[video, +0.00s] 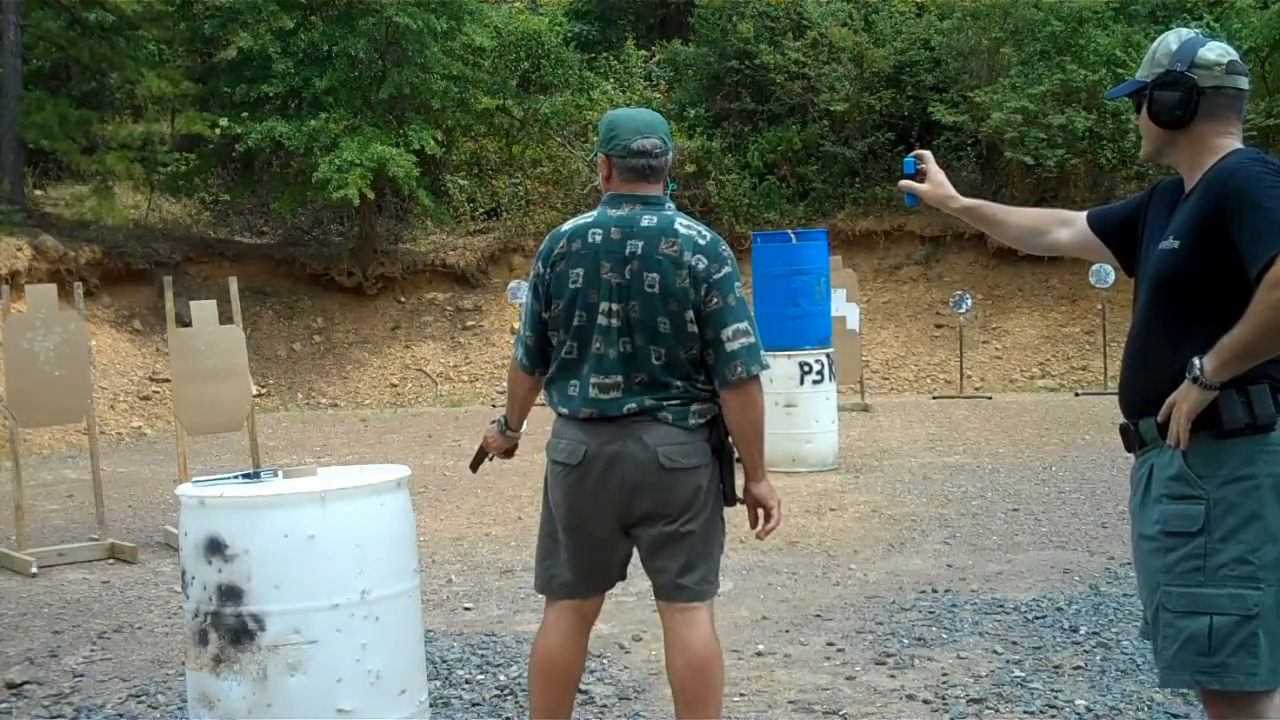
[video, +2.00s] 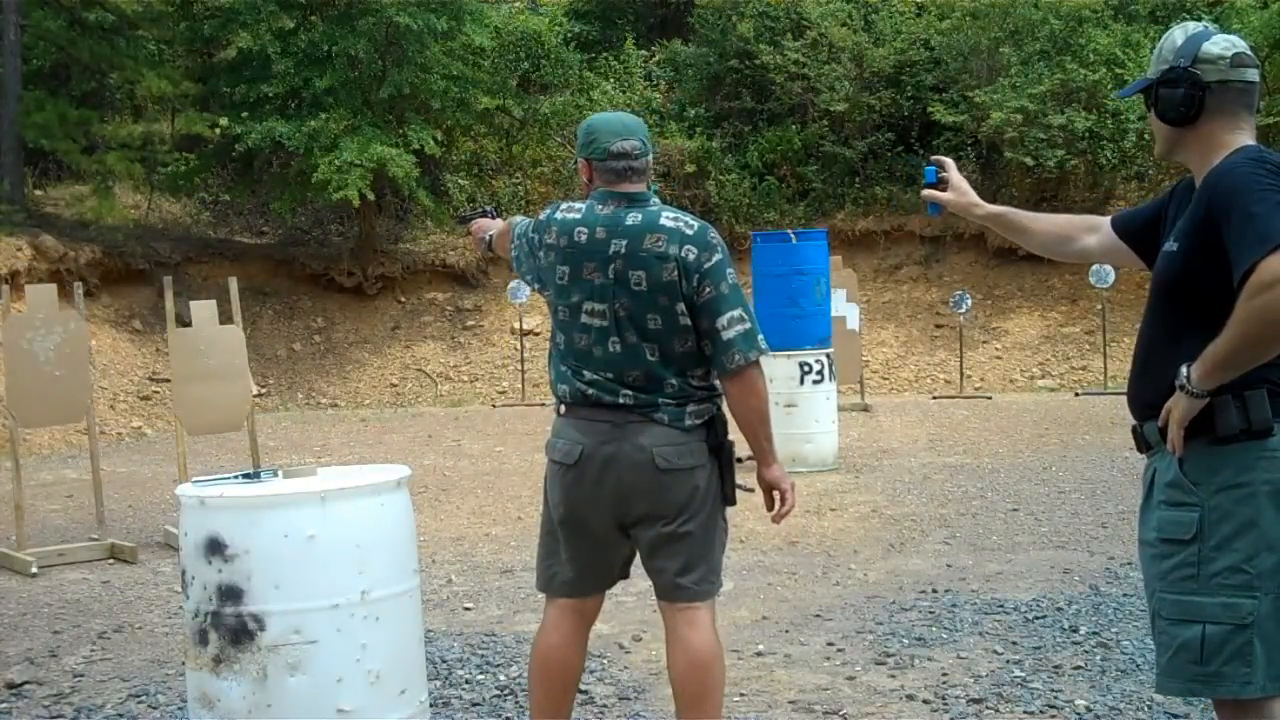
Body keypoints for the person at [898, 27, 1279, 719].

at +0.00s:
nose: (1138, 114)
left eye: (1144, 100)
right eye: (1139, 101)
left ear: (1174, 102)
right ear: (1212, 104)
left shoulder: (1246, 180)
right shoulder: (1166, 201)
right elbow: (1059, 230)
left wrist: (1209, 374)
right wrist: (952, 202)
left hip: (1226, 458)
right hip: (1178, 457)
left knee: (1239, 689)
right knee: (1226, 682)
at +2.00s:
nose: (1150, 116)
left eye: (1154, 101)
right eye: (1151, 102)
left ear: (1179, 102)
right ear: (1232, 99)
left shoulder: (1246, 179)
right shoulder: (1196, 194)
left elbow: (1273, 284)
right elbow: (1091, 236)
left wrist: (1197, 382)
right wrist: (978, 209)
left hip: (1230, 462)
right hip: (1210, 456)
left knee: (1244, 693)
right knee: (1241, 687)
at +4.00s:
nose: (1145, 115)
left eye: (1150, 100)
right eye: (1146, 101)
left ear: (1177, 102)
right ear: (1223, 101)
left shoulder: (1242, 181)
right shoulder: (1191, 197)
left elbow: (1274, 283)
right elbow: (1084, 238)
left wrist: (1194, 381)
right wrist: (974, 213)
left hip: (1224, 462)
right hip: (1205, 457)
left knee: (1242, 692)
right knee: (1241, 685)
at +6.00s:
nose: (1137, 117)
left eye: (1142, 102)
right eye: (1138, 102)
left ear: (1169, 103)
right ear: (1218, 102)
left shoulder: (1234, 181)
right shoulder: (1186, 195)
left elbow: (1270, 288)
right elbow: (1082, 239)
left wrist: (1184, 388)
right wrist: (970, 213)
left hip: (1221, 462)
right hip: (1210, 456)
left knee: (1238, 693)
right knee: (1242, 686)